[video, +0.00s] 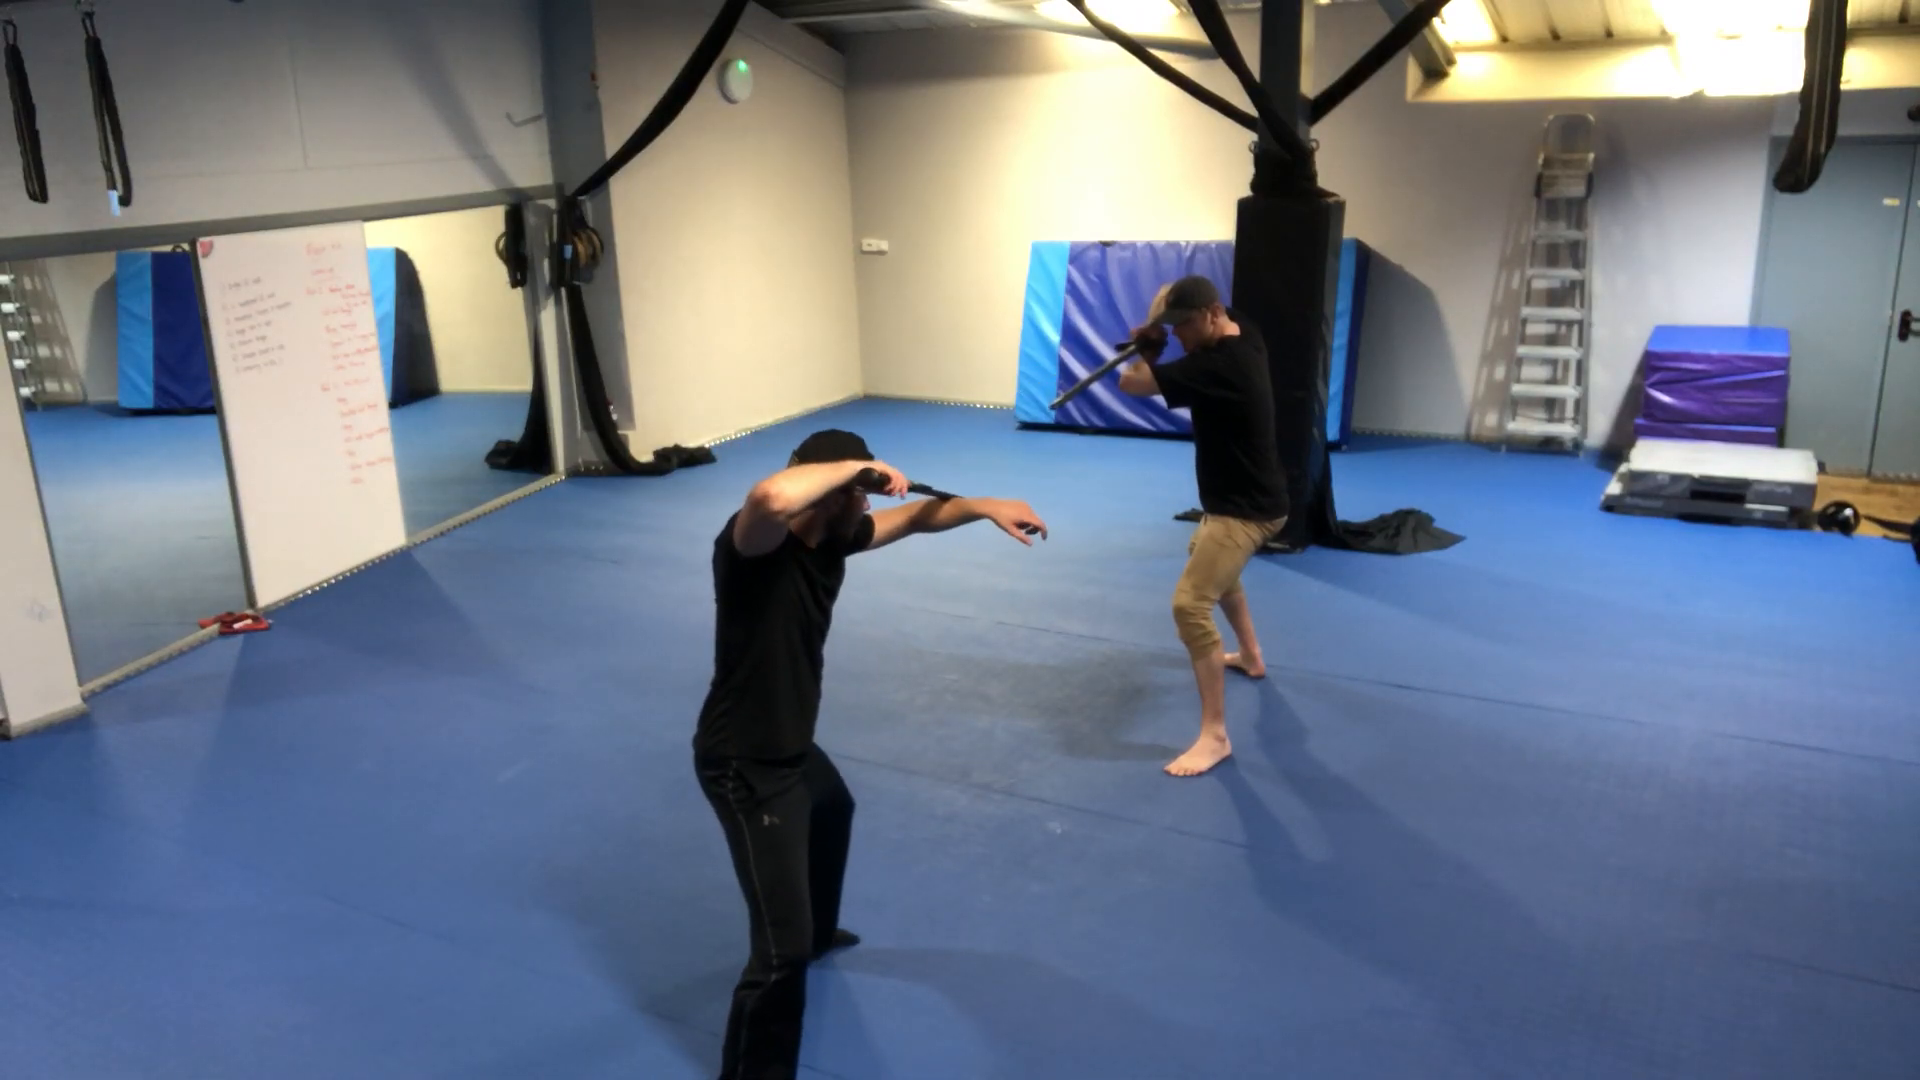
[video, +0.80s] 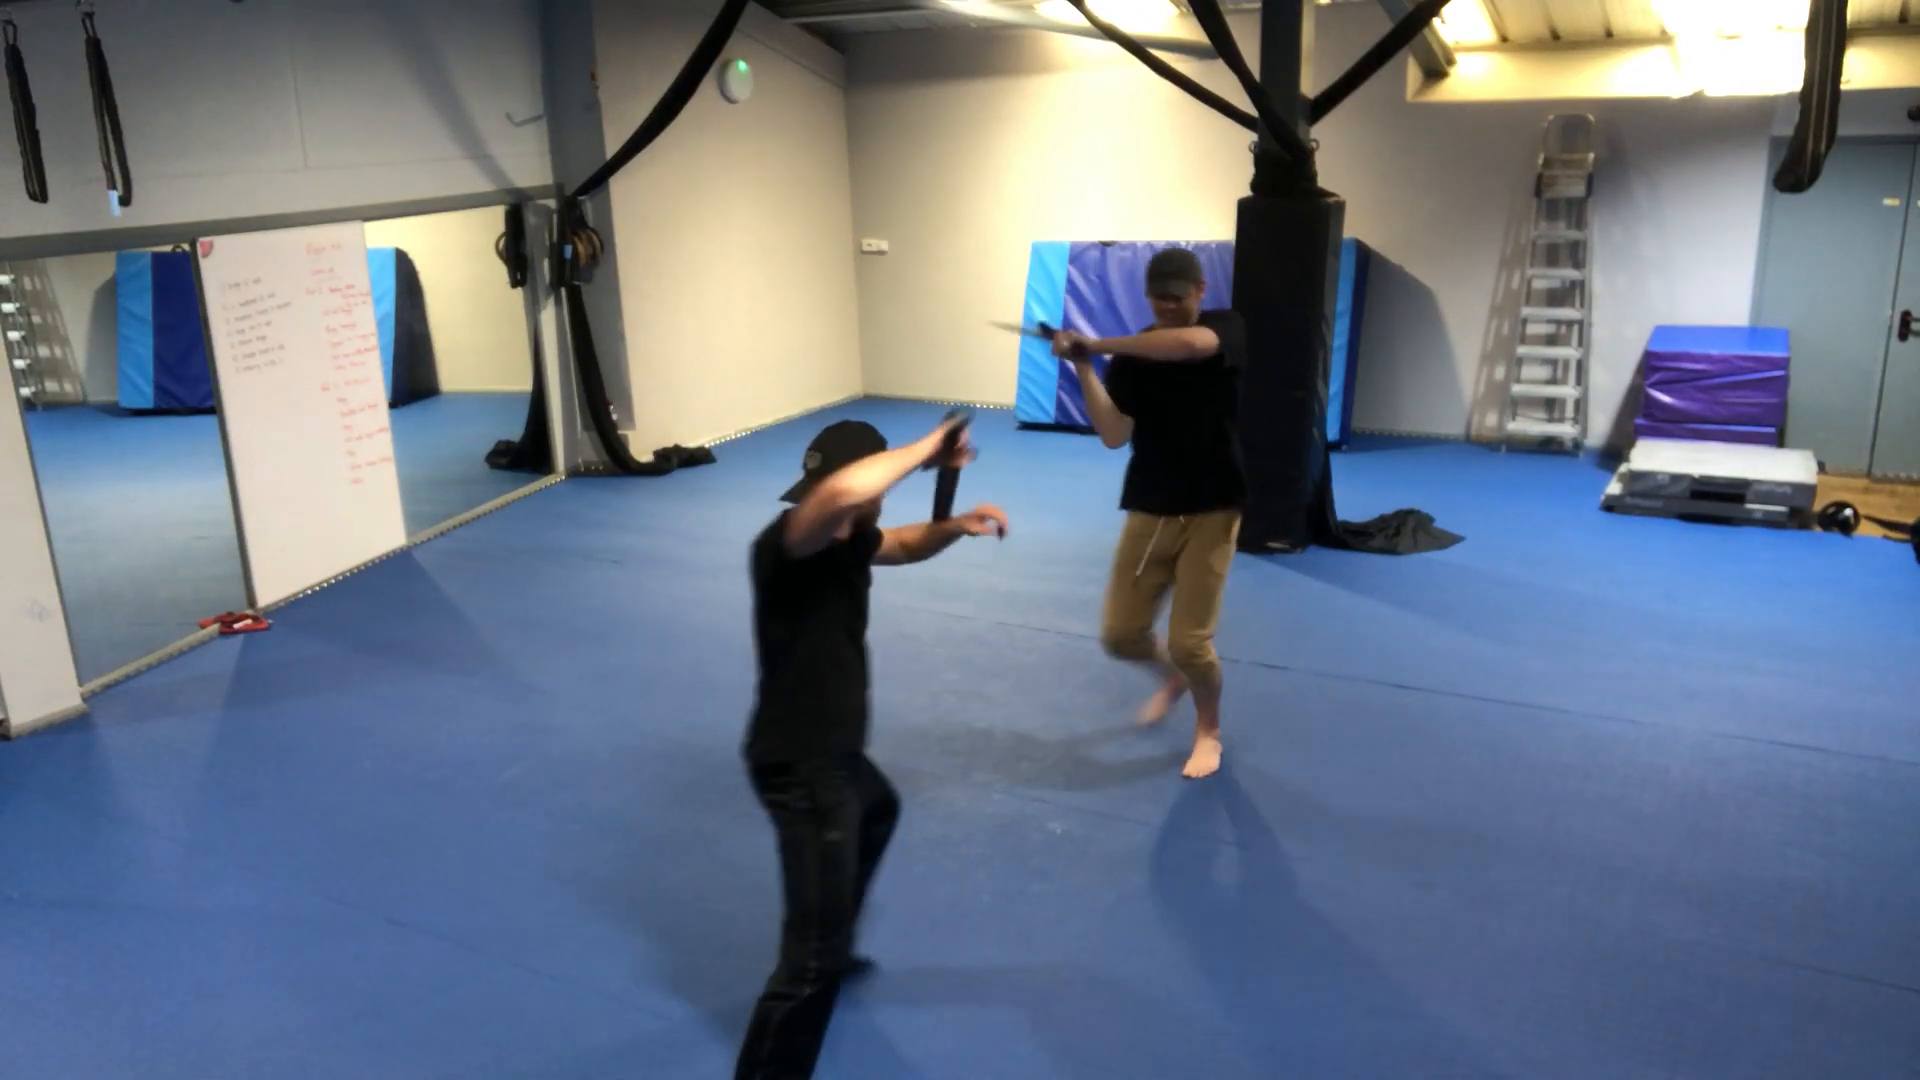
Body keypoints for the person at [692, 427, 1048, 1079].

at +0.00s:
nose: (868, 511)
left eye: (869, 498)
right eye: (859, 498)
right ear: (824, 497)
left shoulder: (831, 543)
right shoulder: (753, 549)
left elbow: (916, 516)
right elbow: (769, 497)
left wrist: (986, 505)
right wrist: (858, 467)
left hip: (792, 749)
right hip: (743, 762)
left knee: (833, 809)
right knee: (784, 951)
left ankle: (813, 930)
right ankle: (752, 1074)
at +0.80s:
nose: (876, 499)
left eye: (877, 487)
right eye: (867, 486)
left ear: (855, 482)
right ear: (834, 482)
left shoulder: (849, 541)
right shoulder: (782, 544)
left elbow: (905, 545)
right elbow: (842, 492)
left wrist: (960, 523)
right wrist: (928, 451)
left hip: (831, 752)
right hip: (795, 761)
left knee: (878, 809)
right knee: (812, 959)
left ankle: (829, 947)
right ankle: (767, 1075)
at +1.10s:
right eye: (894, 451)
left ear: (836, 466)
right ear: (891, 465)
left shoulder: (815, 526)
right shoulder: (931, 499)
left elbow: (868, 460)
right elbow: (984, 394)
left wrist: (950, 414)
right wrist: (976, 311)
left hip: (879, 736)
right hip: (953, 731)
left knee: (904, 841)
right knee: (1055, 874)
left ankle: (884, 993)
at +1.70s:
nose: (1176, 441)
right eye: (1170, 434)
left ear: (1097, 435)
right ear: (1164, 446)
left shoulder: (1050, 501)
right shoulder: (1184, 497)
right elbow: (1235, 478)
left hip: (1070, 698)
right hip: (1163, 702)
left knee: (1005, 811)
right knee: (1221, 825)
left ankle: (931, 956)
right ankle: (1247, 961)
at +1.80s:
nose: (1144, 438)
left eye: (1129, 429)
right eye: (1141, 430)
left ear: (1075, 433)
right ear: (1136, 441)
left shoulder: (1052, 488)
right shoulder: (1156, 504)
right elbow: (1274, 520)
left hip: (1076, 696)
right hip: (1159, 704)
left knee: (1015, 812)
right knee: (1218, 832)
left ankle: (930, 959)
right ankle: (1248, 964)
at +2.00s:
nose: (1131, 441)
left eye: (1127, 430)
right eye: (1129, 432)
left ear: (1070, 434)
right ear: (1119, 442)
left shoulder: (1068, 495)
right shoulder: (1081, 506)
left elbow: (1102, 555)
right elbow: (1042, 604)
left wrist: (1151, 535)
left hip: (1068, 703)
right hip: (1125, 700)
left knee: (1015, 834)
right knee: (1209, 829)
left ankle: (934, 991)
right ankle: (1247, 966)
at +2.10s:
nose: (1150, 466)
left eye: (1150, 455)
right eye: (1149, 455)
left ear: (1093, 449)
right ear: (1133, 460)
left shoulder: (1084, 514)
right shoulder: (1071, 518)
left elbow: (1097, 572)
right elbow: (971, 593)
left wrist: (1156, 585)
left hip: (1049, 719)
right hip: (1103, 721)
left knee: (1005, 851)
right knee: (1197, 820)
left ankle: (927, 1002)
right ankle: (1243, 960)